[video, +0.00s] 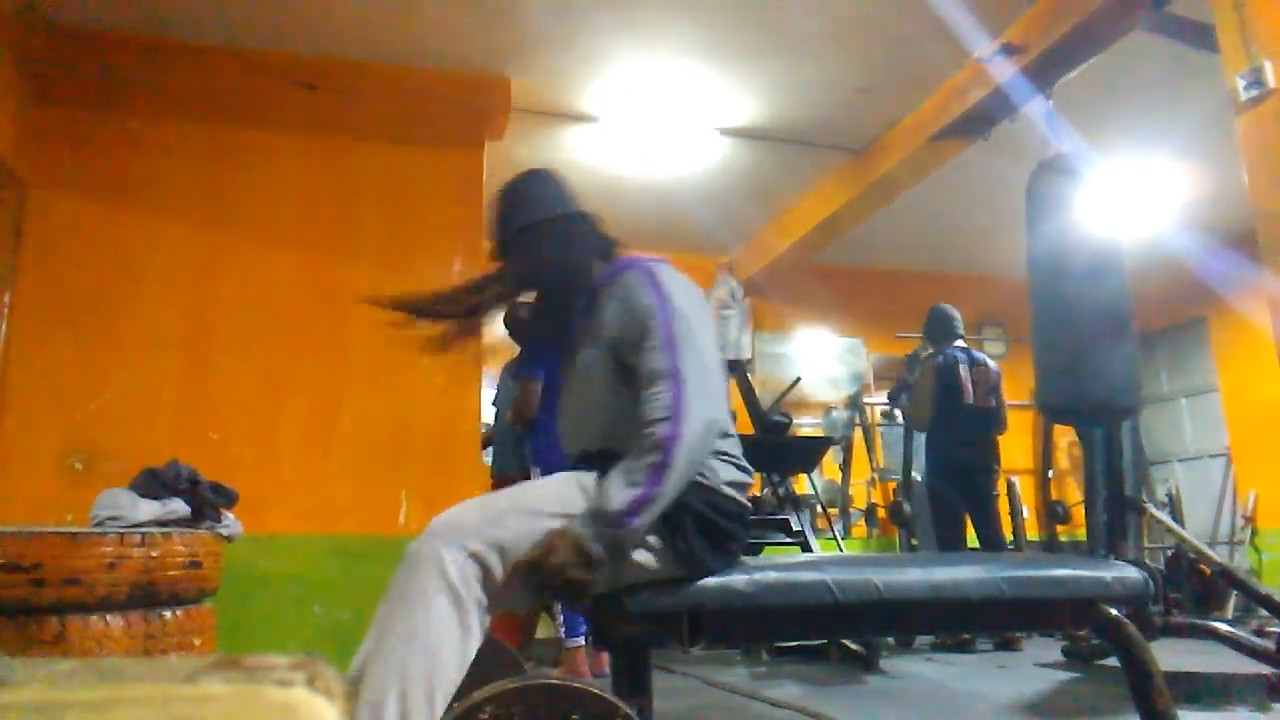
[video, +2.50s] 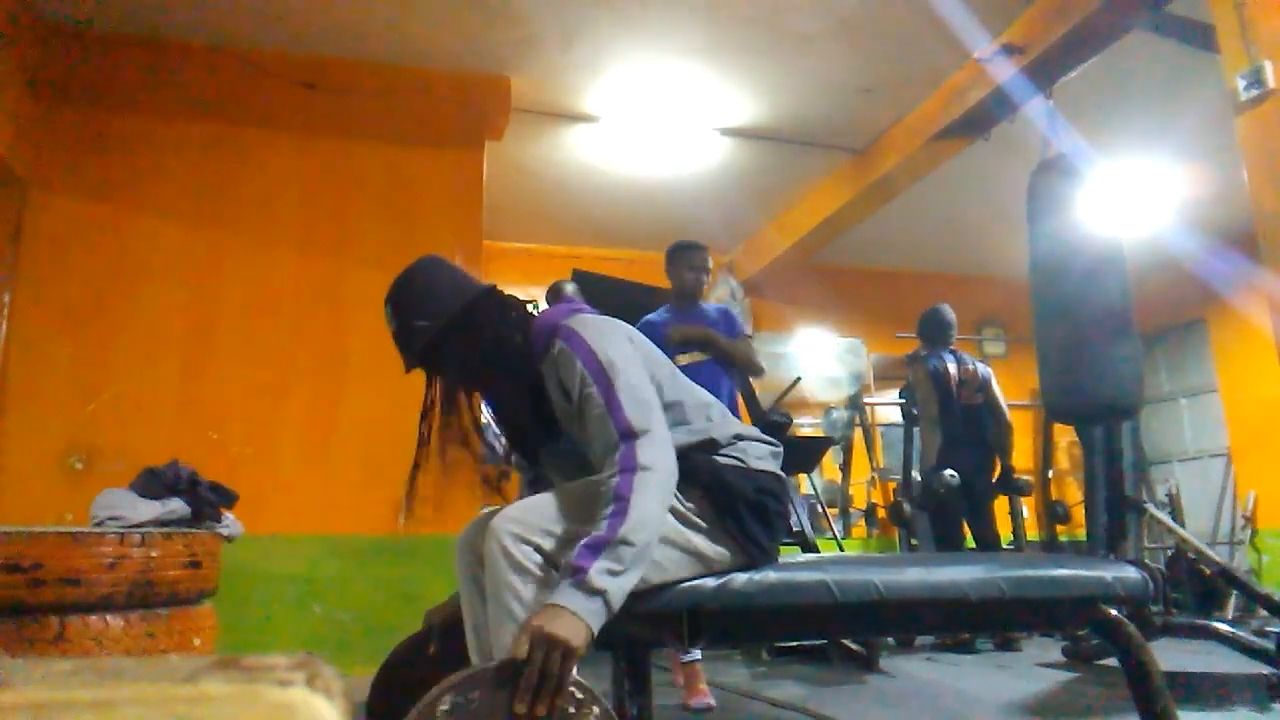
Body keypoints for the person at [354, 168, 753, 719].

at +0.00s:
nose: (536, 279)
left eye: (539, 259)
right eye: (527, 265)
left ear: (566, 241)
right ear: (525, 262)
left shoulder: (647, 283)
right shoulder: (569, 317)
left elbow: (687, 420)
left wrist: (593, 536)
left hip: (681, 503)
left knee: (451, 548)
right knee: (449, 552)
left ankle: (376, 711)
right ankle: (361, 706)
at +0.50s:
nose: (682, 242)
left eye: (696, 229)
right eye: (682, 231)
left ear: (738, 234)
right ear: (697, 235)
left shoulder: (787, 311)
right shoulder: (692, 319)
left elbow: (795, 434)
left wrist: (675, 475)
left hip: (723, 512)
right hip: (657, 505)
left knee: (540, 400)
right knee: (455, 504)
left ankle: (561, 655)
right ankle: (371, 705)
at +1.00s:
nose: (692, 233)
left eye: (708, 221)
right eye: (691, 223)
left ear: (749, 229)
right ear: (693, 231)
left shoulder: (790, 313)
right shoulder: (696, 316)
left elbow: (810, 443)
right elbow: (667, 425)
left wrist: (709, 500)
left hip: (728, 502)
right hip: (664, 483)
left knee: (555, 431)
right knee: (479, 437)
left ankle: (591, 685)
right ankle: (460, 649)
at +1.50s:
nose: (647, 254)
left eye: (654, 237)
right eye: (643, 242)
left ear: (695, 227)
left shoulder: (762, 300)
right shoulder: (671, 316)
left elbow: (794, 431)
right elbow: (658, 428)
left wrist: (695, 500)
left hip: (710, 495)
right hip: (641, 482)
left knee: (522, 494)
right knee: (458, 508)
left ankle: (572, 707)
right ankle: (512, 701)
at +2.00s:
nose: (425, 351)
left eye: (418, 334)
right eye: (413, 340)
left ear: (441, 314)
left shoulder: (564, 322)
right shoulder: (509, 368)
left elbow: (599, 457)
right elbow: (521, 482)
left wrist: (555, 583)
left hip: (704, 490)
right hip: (641, 488)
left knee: (503, 543)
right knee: (461, 543)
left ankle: (541, 707)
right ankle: (489, 702)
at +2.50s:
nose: (452, 380)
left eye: (447, 358)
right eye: (438, 369)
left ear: (481, 327)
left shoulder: (580, 340)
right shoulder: (515, 387)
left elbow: (645, 465)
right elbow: (549, 503)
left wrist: (578, 602)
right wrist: (472, 596)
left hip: (727, 500)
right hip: (655, 501)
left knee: (517, 538)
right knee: (480, 537)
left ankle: (536, 709)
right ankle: (503, 708)